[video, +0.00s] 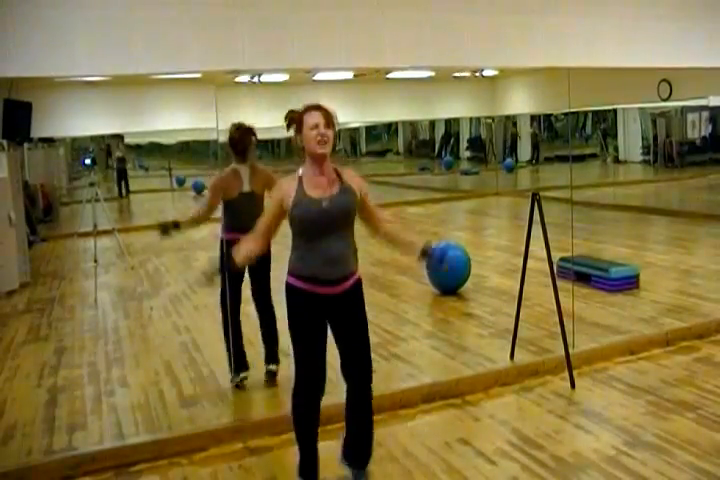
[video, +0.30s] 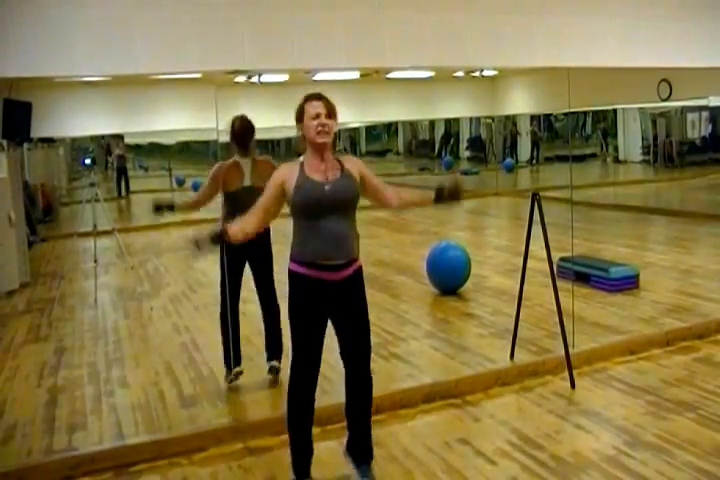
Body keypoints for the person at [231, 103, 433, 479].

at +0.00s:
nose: (321, 133)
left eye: (326, 127)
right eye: (314, 128)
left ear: (334, 133)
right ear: (300, 137)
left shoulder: (351, 181)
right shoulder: (287, 188)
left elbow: (380, 225)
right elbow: (261, 234)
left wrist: (422, 248)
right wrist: (243, 251)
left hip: (347, 289)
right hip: (304, 292)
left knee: (360, 377)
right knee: (310, 382)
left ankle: (357, 460)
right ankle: (308, 466)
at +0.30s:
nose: (322, 123)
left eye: (327, 116)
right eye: (314, 118)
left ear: (336, 123)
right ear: (301, 127)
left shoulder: (352, 165)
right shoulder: (287, 173)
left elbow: (392, 198)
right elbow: (253, 221)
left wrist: (439, 194)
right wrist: (223, 232)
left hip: (349, 277)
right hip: (307, 280)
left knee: (359, 367)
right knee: (305, 373)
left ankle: (360, 451)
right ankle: (301, 465)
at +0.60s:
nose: (325, 171)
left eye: (329, 165)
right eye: (316, 166)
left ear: (336, 172)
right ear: (304, 176)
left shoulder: (347, 204)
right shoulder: (295, 212)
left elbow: (375, 152)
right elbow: (260, 163)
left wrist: (348, 109)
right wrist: (289, 116)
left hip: (354, 328)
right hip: (308, 331)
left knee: (392, 394)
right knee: (281, 414)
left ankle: (402, 458)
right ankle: (259, 477)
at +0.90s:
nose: (321, 135)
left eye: (325, 129)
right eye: (312, 131)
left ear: (333, 135)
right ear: (298, 140)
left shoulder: (346, 179)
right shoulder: (286, 188)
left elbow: (372, 228)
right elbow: (259, 235)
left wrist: (417, 250)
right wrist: (233, 257)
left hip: (345, 288)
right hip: (304, 291)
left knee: (359, 373)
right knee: (308, 380)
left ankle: (351, 453)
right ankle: (304, 469)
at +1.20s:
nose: (317, 125)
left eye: (321, 119)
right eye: (309, 121)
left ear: (329, 125)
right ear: (294, 128)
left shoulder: (343, 166)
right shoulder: (281, 174)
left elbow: (384, 196)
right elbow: (250, 223)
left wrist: (425, 183)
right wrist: (223, 219)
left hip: (343, 277)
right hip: (301, 280)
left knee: (357, 369)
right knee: (298, 376)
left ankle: (357, 450)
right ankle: (293, 465)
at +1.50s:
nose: (317, 169)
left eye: (321, 163)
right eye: (309, 164)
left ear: (329, 170)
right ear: (297, 174)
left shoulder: (342, 199)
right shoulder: (288, 208)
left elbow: (373, 152)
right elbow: (247, 170)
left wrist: (354, 108)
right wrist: (266, 125)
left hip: (348, 323)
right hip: (303, 327)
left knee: (384, 390)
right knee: (278, 410)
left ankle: (395, 456)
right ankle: (259, 476)